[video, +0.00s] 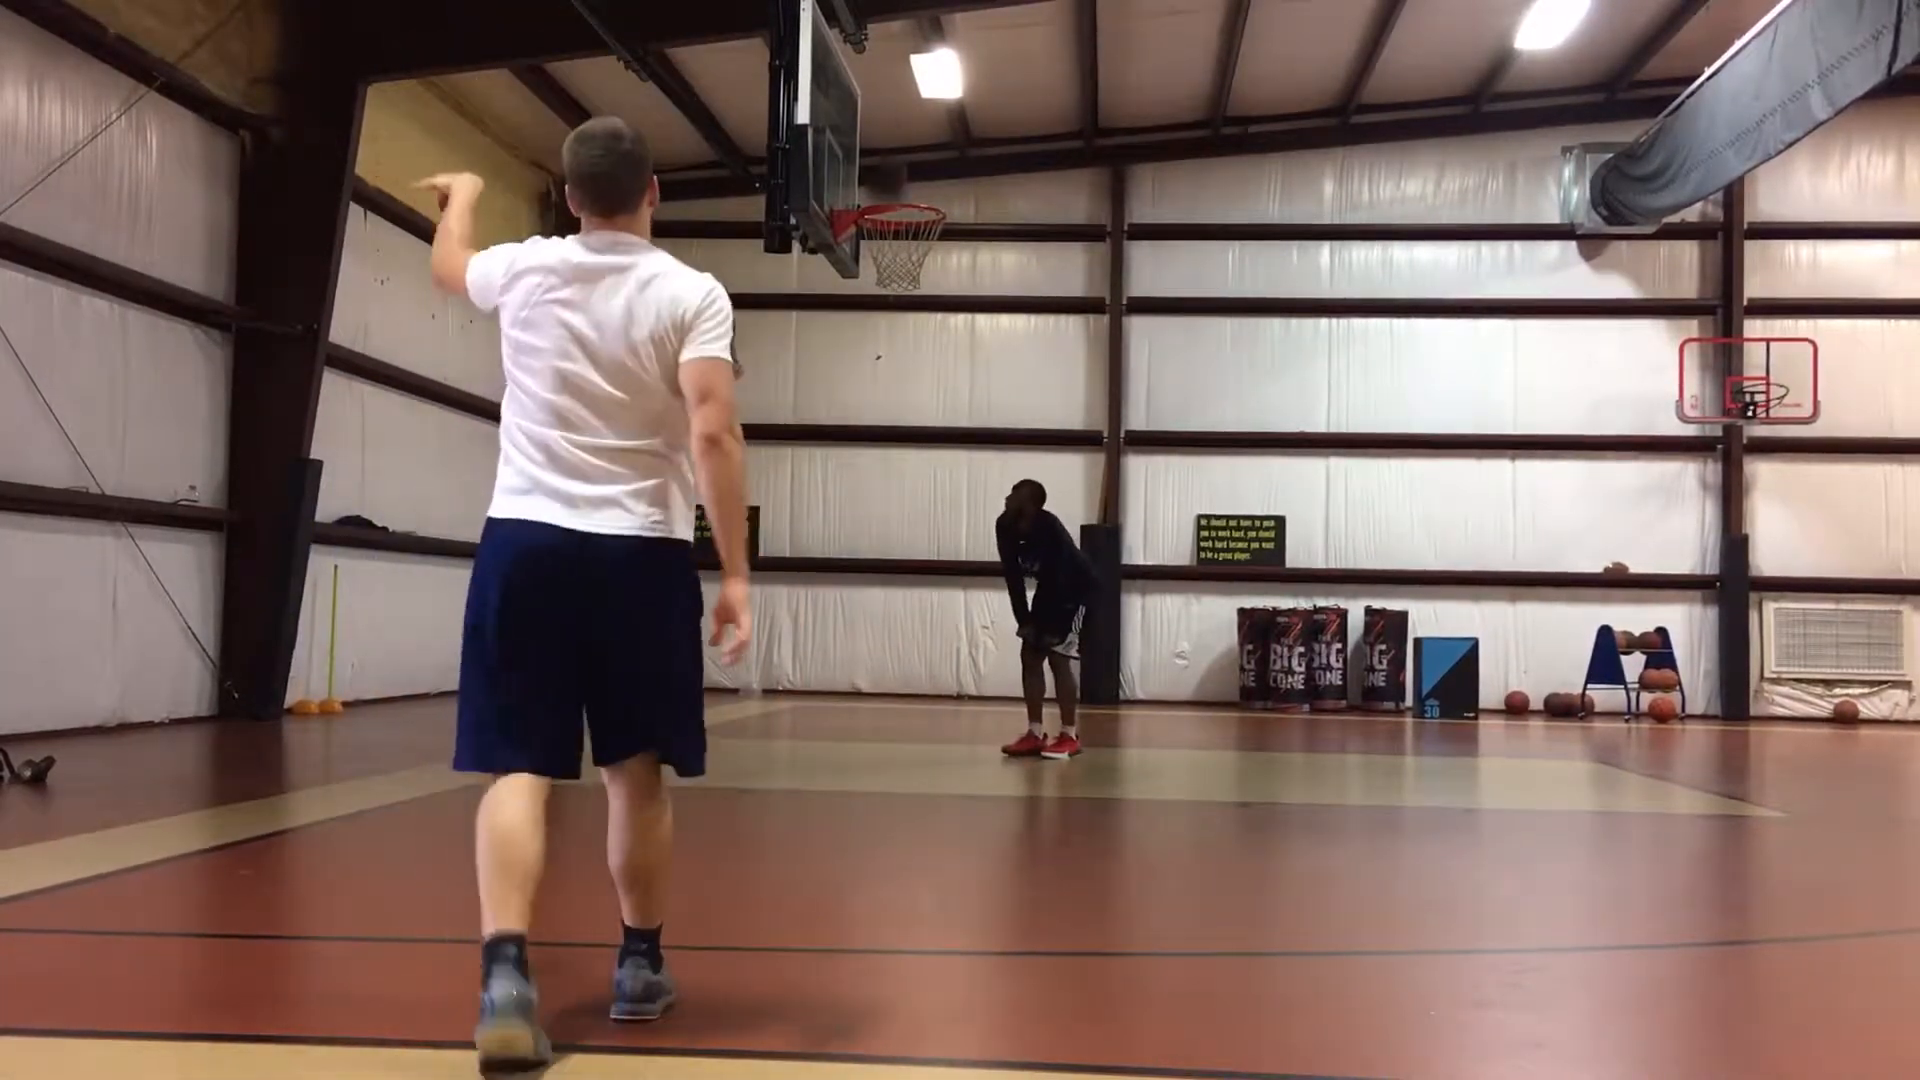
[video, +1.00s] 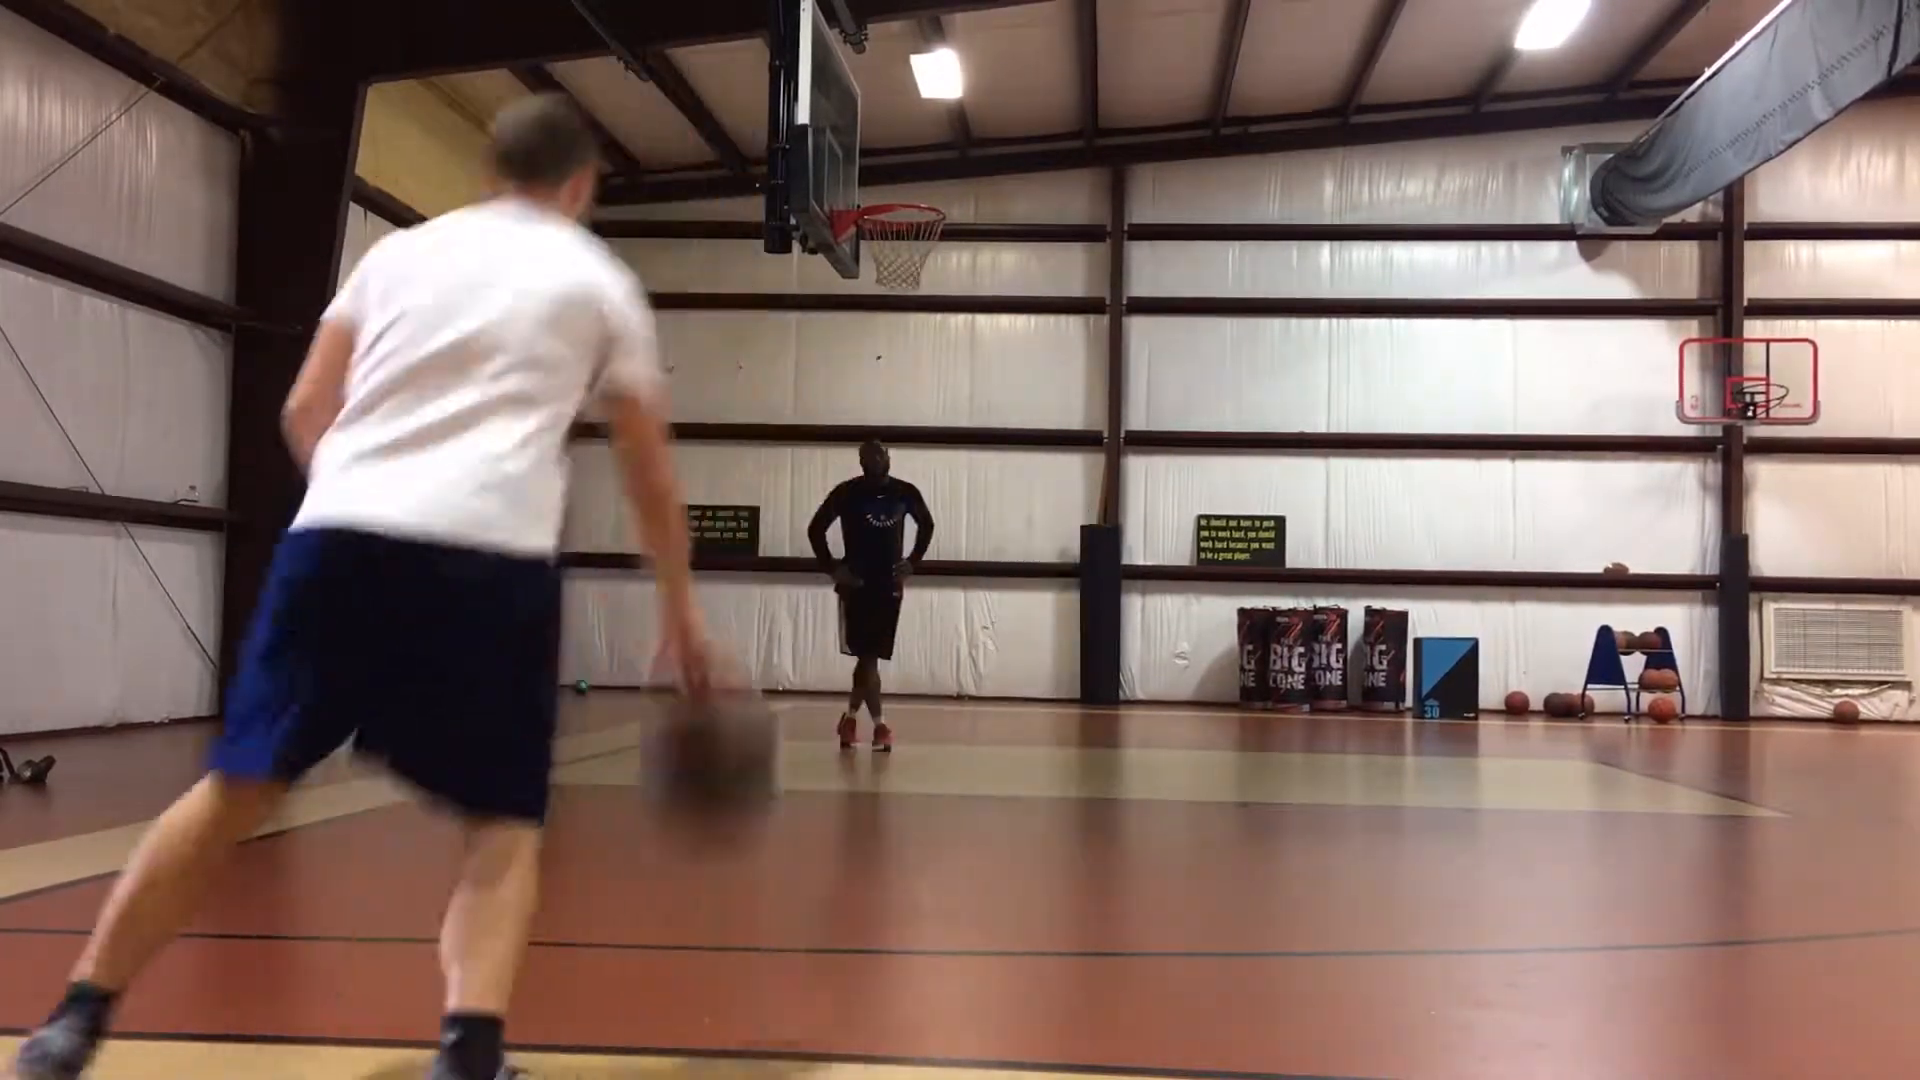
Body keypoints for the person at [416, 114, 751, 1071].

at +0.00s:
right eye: (652, 187)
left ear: (567, 200)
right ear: (653, 196)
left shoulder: (521, 268)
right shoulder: (694, 295)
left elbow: (452, 266)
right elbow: (714, 430)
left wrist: (460, 194)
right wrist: (735, 571)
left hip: (525, 553)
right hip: (641, 565)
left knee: (519, 766)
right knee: (637, 773)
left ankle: (505, 976)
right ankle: (639, 966)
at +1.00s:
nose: (592, 200)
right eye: (595, 188)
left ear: (491, 173)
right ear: (582, 184)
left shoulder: (395, 253)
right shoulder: (597, 276)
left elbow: (308, 409)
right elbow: (650, 470)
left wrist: (376, 508)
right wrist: (681, 619)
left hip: (335, 544)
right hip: (490, 569)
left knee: (233, 784)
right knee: (505, 821)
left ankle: (76, 1018)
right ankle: (471, 1057)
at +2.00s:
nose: (848, 52)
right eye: (844, 41)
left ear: (757, 54)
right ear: (842, 49)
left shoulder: (736, 114)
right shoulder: (860, 111)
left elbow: (763, 53)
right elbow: (913, 32)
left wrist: (828, 33)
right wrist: (894, 5)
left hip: (728, 380)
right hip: (822, 380)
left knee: (743, 607)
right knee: (825, 616)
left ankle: (708, 820)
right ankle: (814, 836)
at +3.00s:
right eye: (995, 189)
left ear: (913, 195)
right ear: (997, 197)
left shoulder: (856, 285)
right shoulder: (1039, 302)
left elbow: (849, 407)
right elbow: (1042, 468)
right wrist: (969, 498)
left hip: (858, 552)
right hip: (978, 559)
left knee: (818, 756)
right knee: (991, 782)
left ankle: (788, 969)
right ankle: (997, 984)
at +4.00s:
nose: (653, 133)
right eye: (656, 118)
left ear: (551, 115)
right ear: (648, 121)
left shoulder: (464, 213)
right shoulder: (690, 230)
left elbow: (394, 376)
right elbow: (734, 398)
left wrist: (421, 522)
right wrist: (784, 563)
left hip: (465, 539)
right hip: (619, 547)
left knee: (388, 808)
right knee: (638, 826)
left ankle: (296, 1060)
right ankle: (672, 1066)